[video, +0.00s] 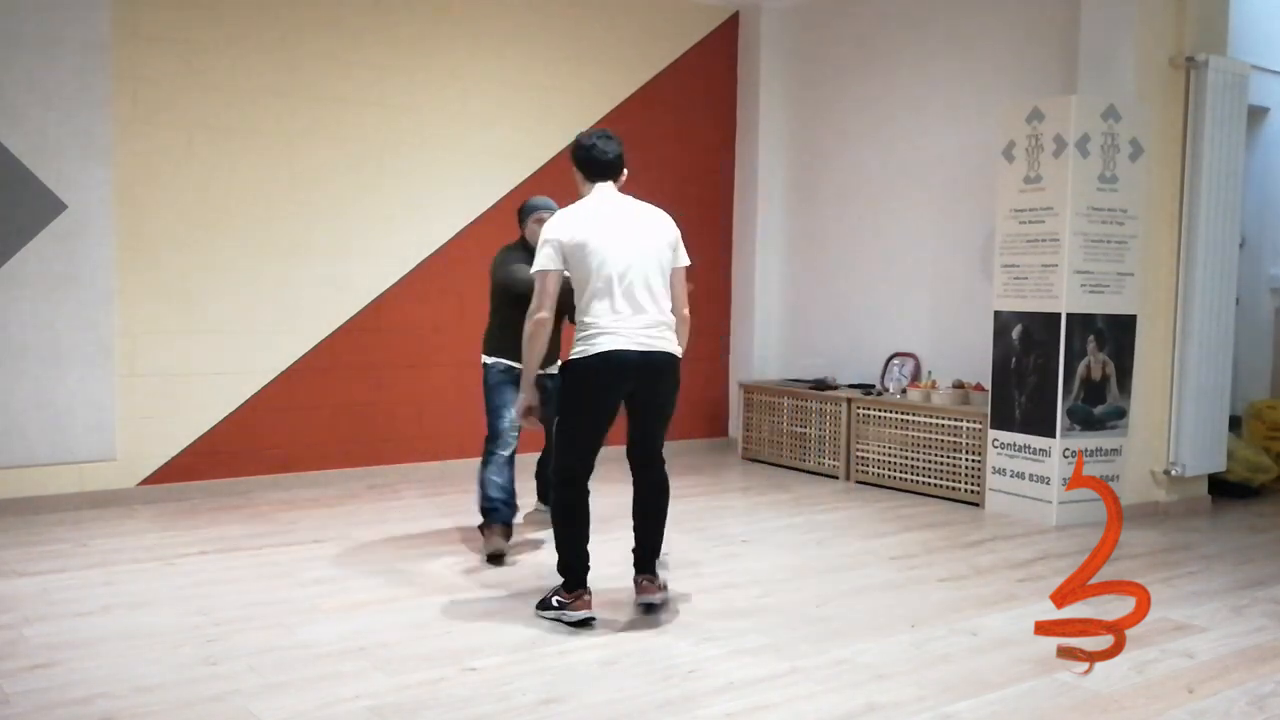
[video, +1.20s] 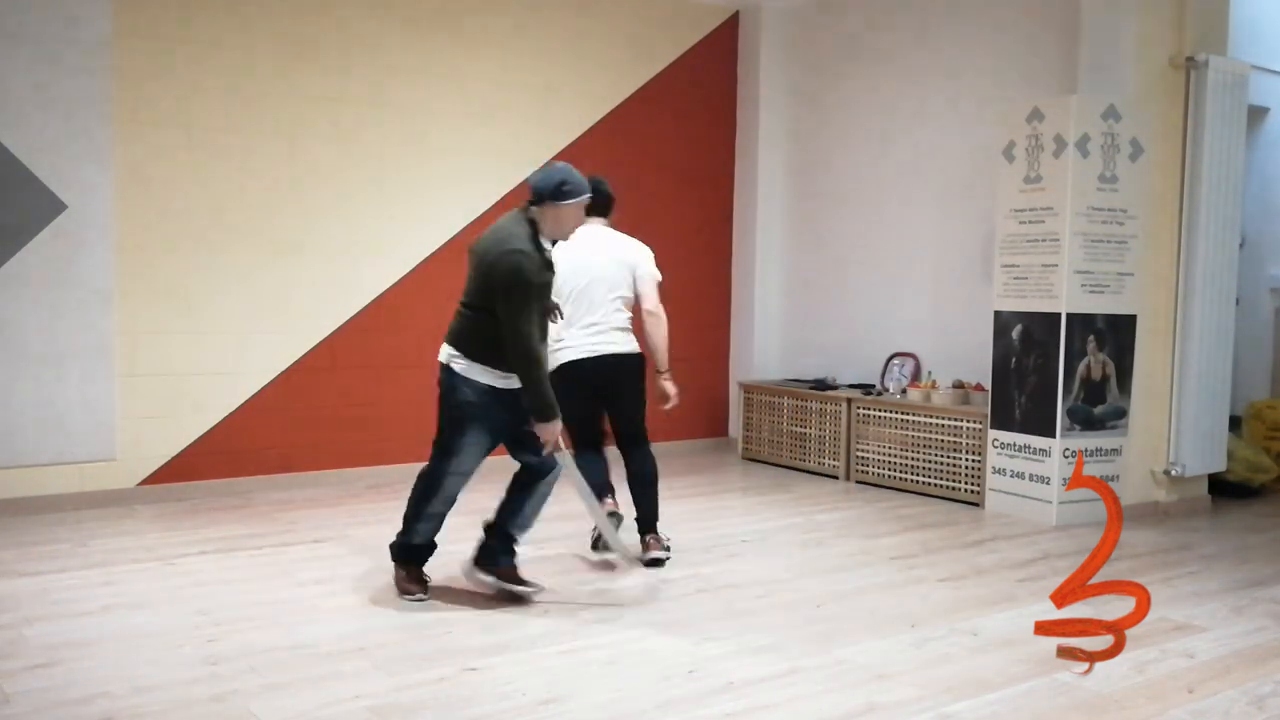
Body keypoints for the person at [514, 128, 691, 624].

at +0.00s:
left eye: (577, 172)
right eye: (622, 167)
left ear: (576, 173)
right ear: (624, 171)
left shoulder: (562, 225)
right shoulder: (663, 221)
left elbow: (543, 313)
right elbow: (681, 309)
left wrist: (528, 386)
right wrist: (670, 364)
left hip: (594, 362)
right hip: (659, 360)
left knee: (568, 472)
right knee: (649, 460)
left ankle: (575, 590)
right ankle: (647, 576)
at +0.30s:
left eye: (595, 194)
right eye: (638, 191)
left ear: (591, 199)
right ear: (645, 196)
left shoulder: (568, 265)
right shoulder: (681, 261)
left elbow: (546, 355)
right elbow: (703, 352)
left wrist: (529, 426)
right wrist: (701, 410)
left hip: (585, 415)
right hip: (656, 417)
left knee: (578, 486)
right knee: (652, 535)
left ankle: (587, 590)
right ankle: (631, 648)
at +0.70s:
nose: (660, 251)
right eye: (661, 243)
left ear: (613, 234)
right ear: (657, 244)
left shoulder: (573, 273)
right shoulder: (657, 280)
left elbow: (556, 361)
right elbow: (667, 369)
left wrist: (551, 437)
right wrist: (655, 419)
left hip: (569, 402)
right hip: (629, 401)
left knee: (605, 488)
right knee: (663, 504)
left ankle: (600, 591)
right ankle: (636, 585)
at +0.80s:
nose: (667, 246)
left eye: (669, 239)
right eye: (669, 238)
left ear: (627, 224)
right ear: (661, 234)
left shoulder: (585, 255)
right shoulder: (638, 250)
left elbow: (569, 342)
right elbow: (644, 334)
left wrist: (572, 428)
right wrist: (638, 387)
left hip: (563, 377)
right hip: (616, 375)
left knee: (610, 478)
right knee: (663, 469)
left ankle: (593, 590)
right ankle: (655, 571)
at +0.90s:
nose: (661, 247)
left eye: (663, 238)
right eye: (663, 236)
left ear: (627, 218)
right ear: (651, 227)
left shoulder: (586, 245)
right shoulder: (617, 231)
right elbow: (639, 304)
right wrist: (640, 348)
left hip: (565, 368)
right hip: (614, 367)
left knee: (604, 472)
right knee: (653, 457)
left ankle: (585, 587)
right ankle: (665, 555)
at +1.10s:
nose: (639, 223)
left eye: (636, 218)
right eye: (638, 218)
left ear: (597, 218)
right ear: (634, 219)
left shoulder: (570, 258)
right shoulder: (632, 247)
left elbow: (562, 318)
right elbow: (628, 299)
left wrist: (566, 388)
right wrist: (661, 352)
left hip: (577, 371)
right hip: (625, 367)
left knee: (604, 456)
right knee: (646, 447)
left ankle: (593, 524)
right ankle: (653, 540)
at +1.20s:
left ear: (572, 208)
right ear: (610, 210)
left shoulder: (552, 249)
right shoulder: (634, 248)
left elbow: (535, 315)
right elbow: (651, 310)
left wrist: (537, 374)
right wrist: (663, 371)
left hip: (568, 367)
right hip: (623, 361)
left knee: (587, 444)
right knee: (634, 442)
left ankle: (606, 504)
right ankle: (651, 537)